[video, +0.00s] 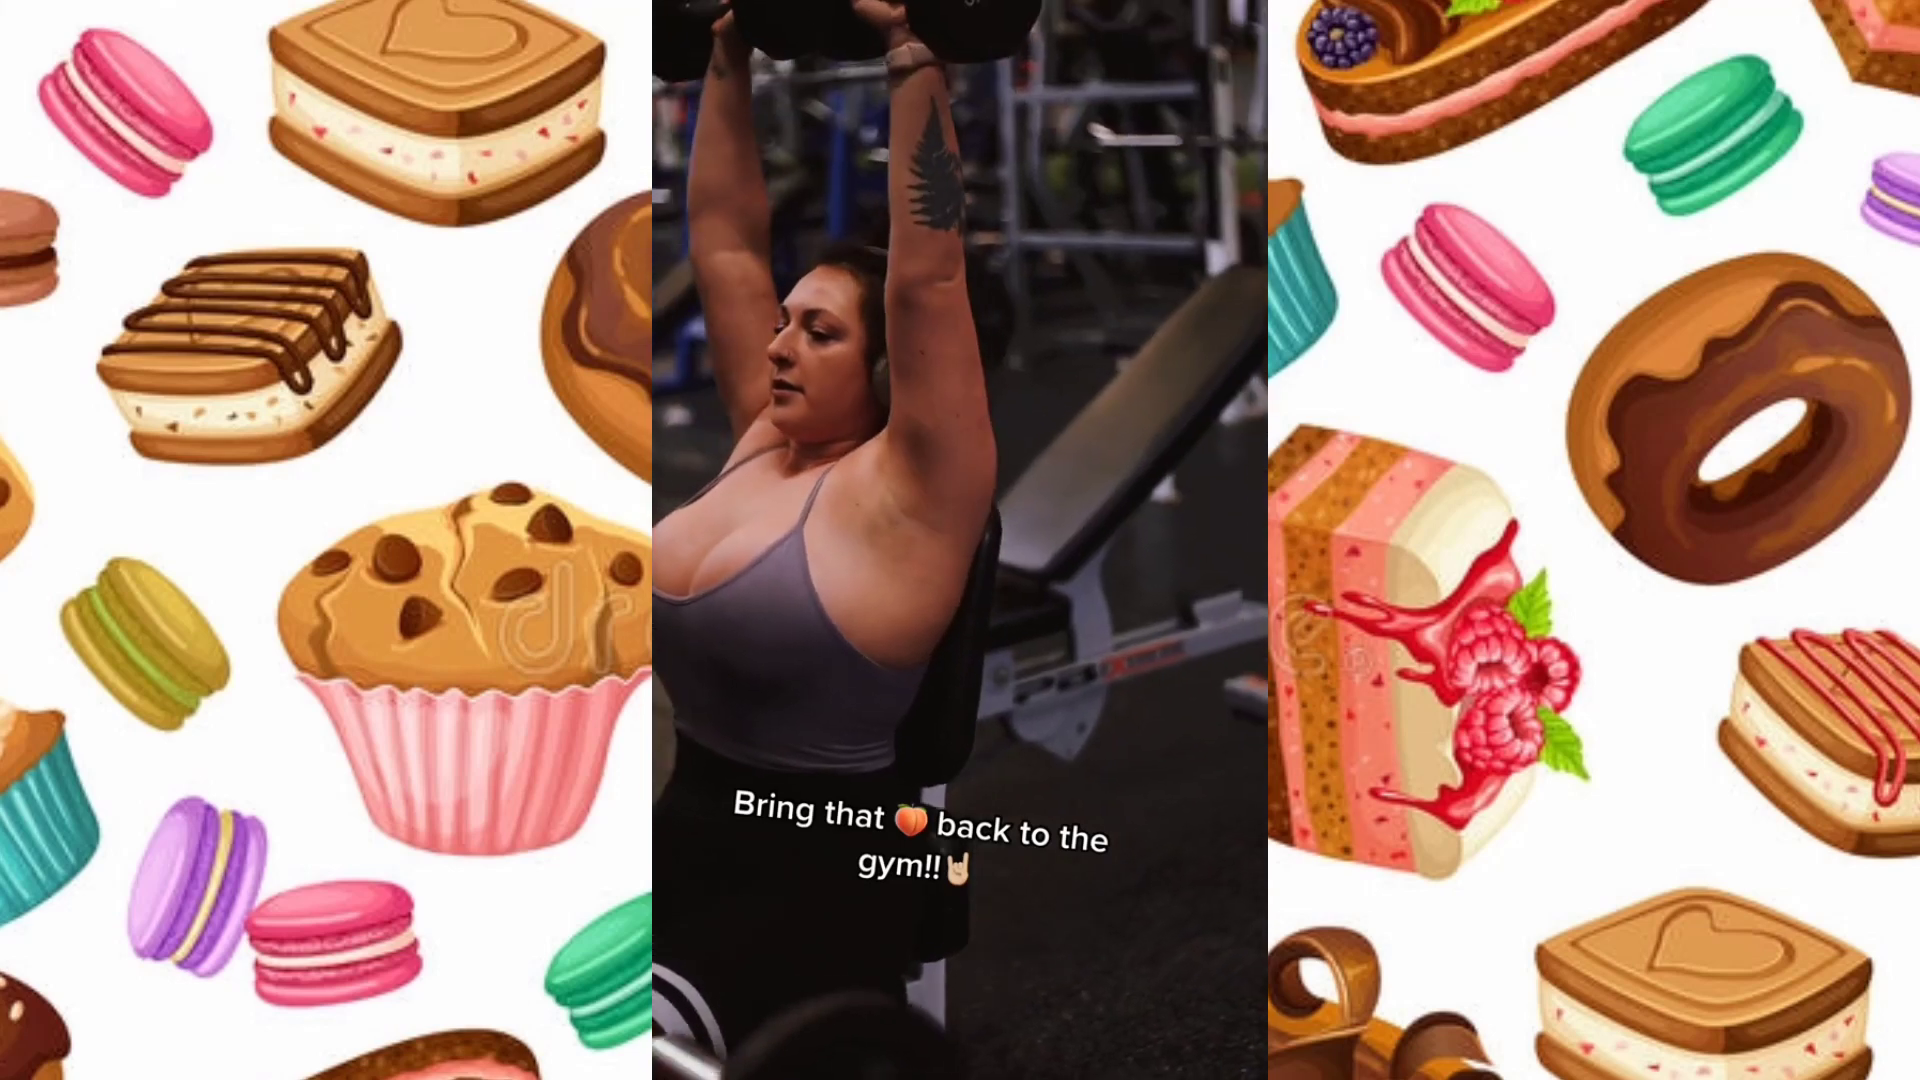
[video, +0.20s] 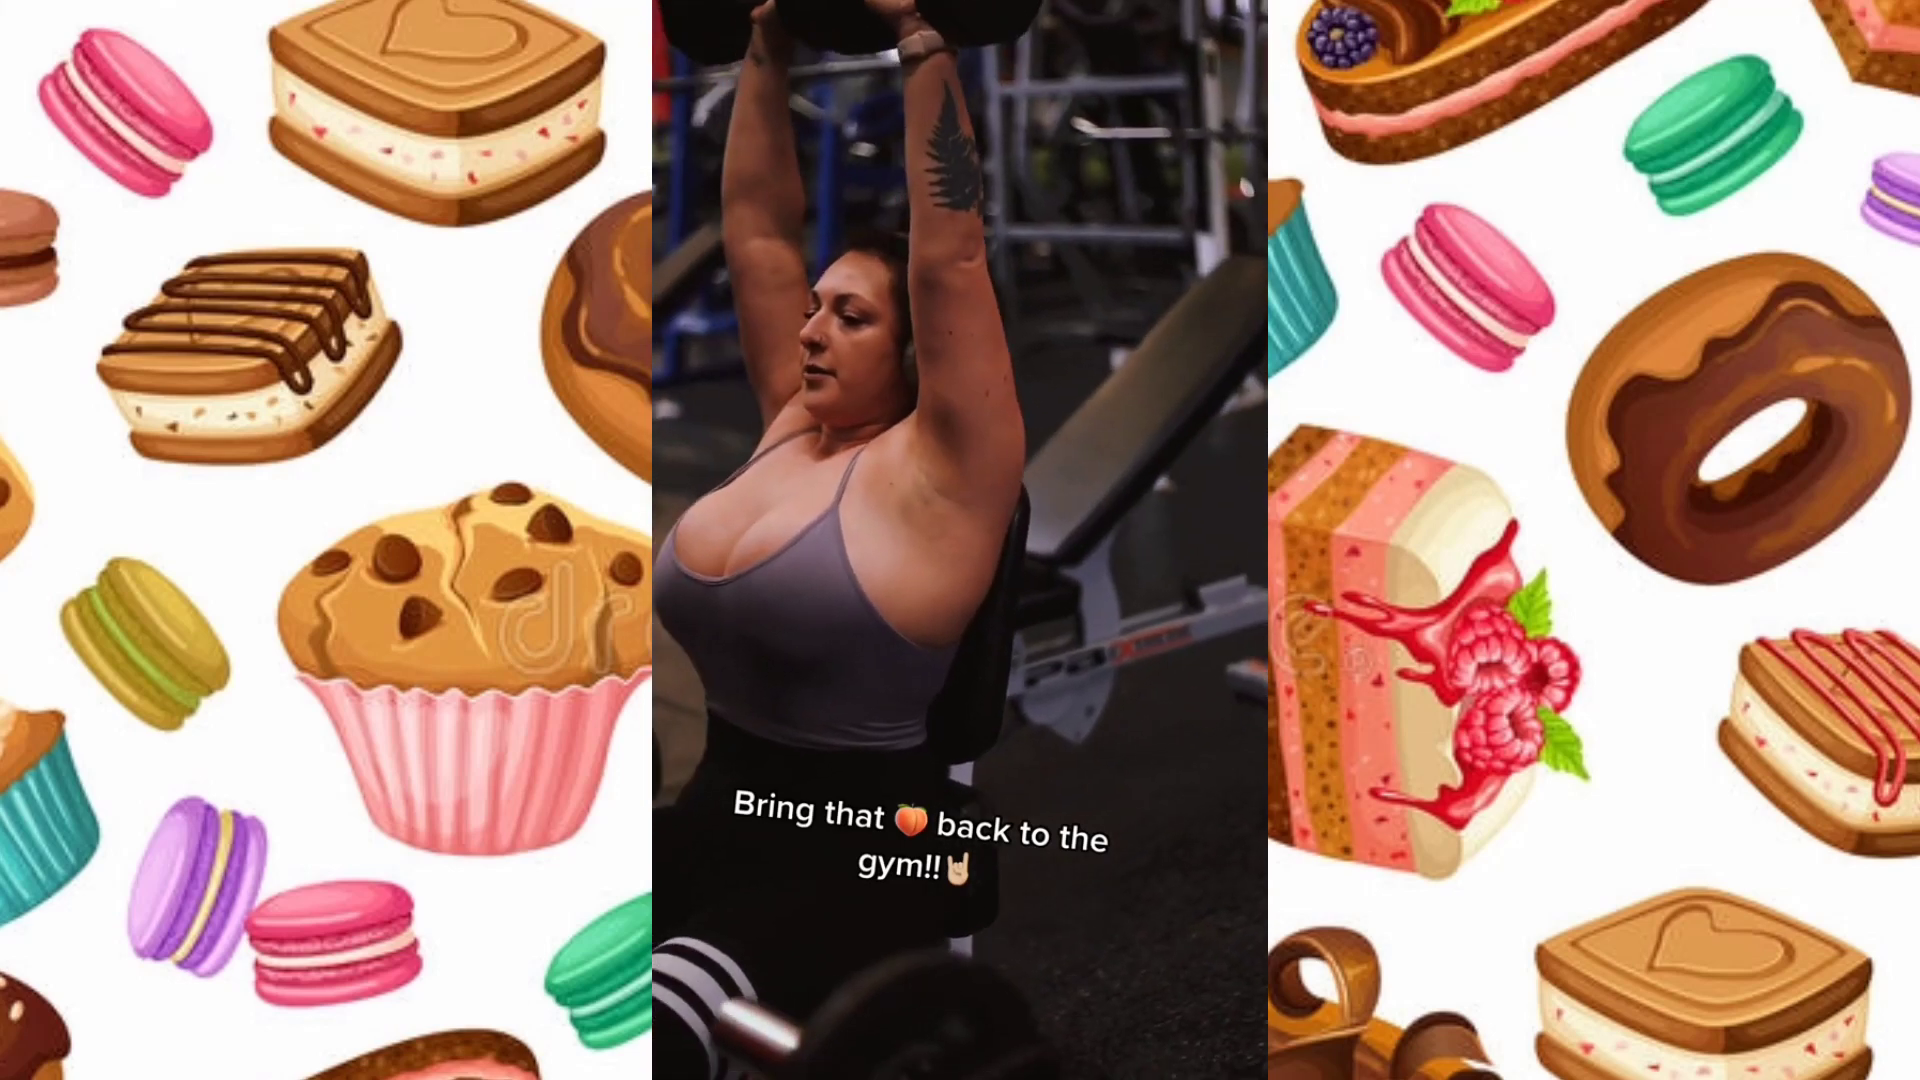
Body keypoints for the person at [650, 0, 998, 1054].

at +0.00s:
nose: (782, 343)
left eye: (818, 330)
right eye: (784, 322)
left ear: (884, 364)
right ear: (774, 340)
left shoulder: (916, 481)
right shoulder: (766, 440)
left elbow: (929, 277)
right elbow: (724, 243)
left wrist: (911, 52)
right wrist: (728, 48)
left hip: (821, 876)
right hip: (697, 843)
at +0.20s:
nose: (814, 332)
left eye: (852, 317)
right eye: (818, 306)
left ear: (914, 347)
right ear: (802, 320)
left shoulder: (950, 464)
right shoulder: (794, 424)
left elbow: (953, 260)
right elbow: (759, 223)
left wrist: (922, 42)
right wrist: (766, 45)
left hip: (866, 852)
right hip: (731, 823)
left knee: (864, 1055)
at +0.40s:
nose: (858, 295)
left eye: (895, 281)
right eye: (859, 273)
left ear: (957, 311)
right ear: (845, 290)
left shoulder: (991, 427)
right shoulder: (836, 392)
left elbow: (994, 223)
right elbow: (804, 190)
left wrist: (959, 29)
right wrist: (810, 13)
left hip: (897, 825)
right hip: (761, 789)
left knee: (661, 1010)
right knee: (554, 879)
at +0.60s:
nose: (862, 280)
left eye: (898, 266)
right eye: (863, 259)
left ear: (961, 302)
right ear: (848, 278)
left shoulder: (997, 416)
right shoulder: (844, 377)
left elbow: (1002, 212)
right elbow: (809, 178)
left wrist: (966, 25)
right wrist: (814, 8)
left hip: (904, 816)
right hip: (766, 781)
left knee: (665, 998)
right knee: (561, 871)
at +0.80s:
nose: (855, 296)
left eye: (891, 280)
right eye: (855, 274)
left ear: (951, 311)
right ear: (841, 292)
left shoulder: (991, 431)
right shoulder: (830, 396)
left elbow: (1003, 232)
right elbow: (791, 197)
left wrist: (968, 37)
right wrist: (796, 17)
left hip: (892, 831)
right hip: (757, 796)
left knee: (668, 1025)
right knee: (555, 899)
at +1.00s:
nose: (848, 318)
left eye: (887, 303)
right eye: (851, 295)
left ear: (958, 340)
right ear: (838, 314)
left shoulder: (992, 460)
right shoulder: (826, 418)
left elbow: (1026, 260)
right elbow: (769, 231)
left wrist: (993, 54)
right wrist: (777, 48)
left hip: (897, 849)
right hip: (755, 820)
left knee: (696, 1035)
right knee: (552, 913)